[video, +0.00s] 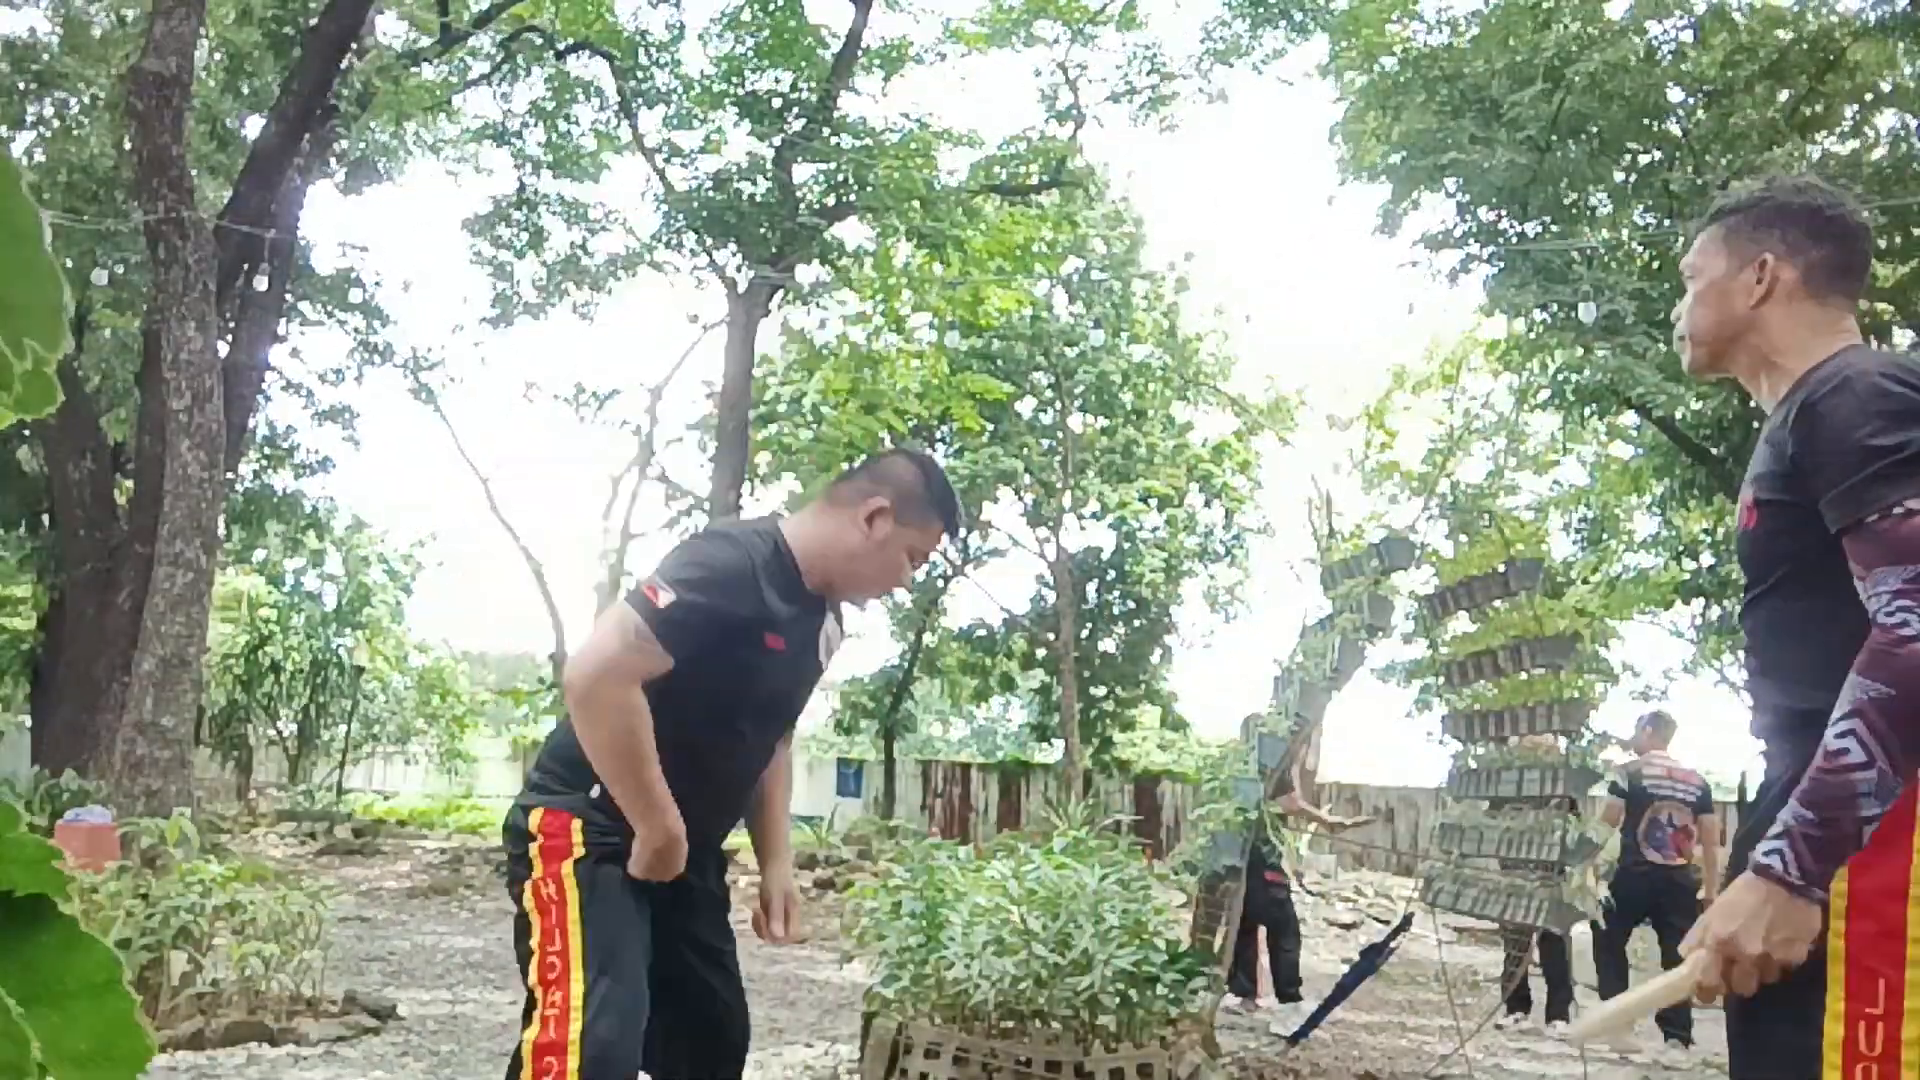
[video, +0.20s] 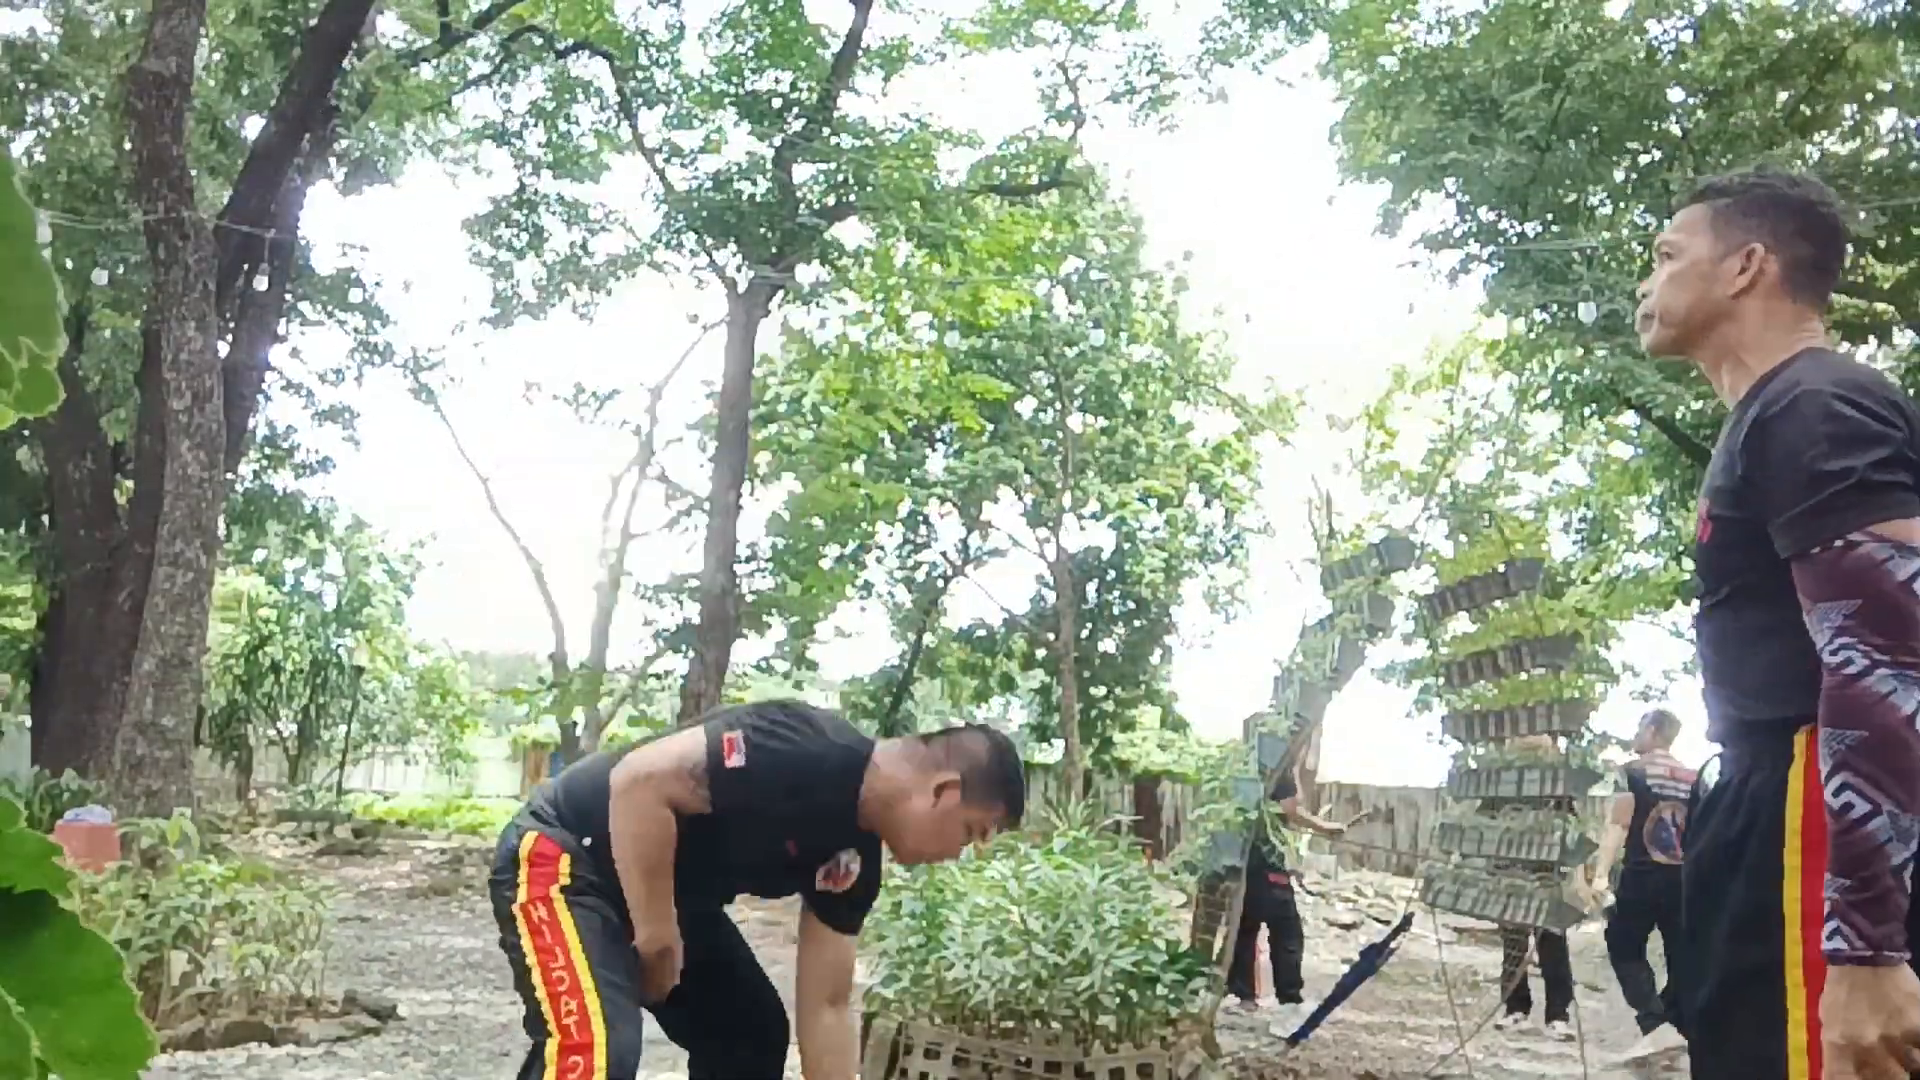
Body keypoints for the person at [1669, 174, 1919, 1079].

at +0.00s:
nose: (1679, 316)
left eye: (1691, 285)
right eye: (1681, 291)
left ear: (1763, 277)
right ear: (1763, 283)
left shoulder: (1852, 396)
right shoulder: (1811, 414)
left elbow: (1908, 634)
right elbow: (1850, 661)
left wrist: (1789, 866)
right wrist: (1769, 865)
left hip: (1862, 832)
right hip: (1821, 828)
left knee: (1827, 1059)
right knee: (1786, 1054)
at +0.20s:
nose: (1645, 283)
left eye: (1668, 254)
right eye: (1652, 259)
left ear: (1745, 267)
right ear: (1744, 275)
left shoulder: (1813, 408)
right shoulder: (1774, 412)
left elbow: (1879, 684)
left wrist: (1870, 946)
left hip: (1812, 813)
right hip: (1771, 811)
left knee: (1795, 1057)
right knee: (1747, 1051)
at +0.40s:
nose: (1595, 286)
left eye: (1611, 257)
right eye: (1602, 260)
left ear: (1682, 268)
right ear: (1683, 271)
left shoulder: (1773, 413)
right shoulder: (1724, 420)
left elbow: (1828, 676)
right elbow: (1754, 694)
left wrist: (1769, 949)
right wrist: (1670, 835)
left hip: (1812, 849)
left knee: (1798, 1057)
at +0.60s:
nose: (1589, 298)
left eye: (1606, 267)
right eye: (1595, 272)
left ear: (1673, 281)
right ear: (1672, 285)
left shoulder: (1766, 420)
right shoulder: (1702, 436)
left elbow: (1796, 675)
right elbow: (1715, 687)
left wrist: (1687, 909)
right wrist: (1598, 767)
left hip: (1797, 819)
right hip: (1734, 811)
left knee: (1805, 1057)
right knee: (1734, 1057)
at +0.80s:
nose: (1584, 335)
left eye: (1605, 305)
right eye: (1590, 312)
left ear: (1680, 313)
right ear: (1672, 322)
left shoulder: (1758, 437)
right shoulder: (1687, 464)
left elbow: (1798, 681)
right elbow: (1649, 686)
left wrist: (1736, 902)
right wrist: (1547, 589)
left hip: (1768, 828)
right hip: (1697, 821)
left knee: (1777, 1058)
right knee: (1692, 1059)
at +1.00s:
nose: (1581, 342)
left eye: (1609, 321)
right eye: (1584, 326)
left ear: (1689, 339)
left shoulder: (1768, 459)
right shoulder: (1650, 506)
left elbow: (1833, 681)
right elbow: (1619, 704)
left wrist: (1794, 899)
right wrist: (1480, 652)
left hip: (1765, 820)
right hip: (1666, 826)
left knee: (1770, 1059)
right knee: (1660, 1058)